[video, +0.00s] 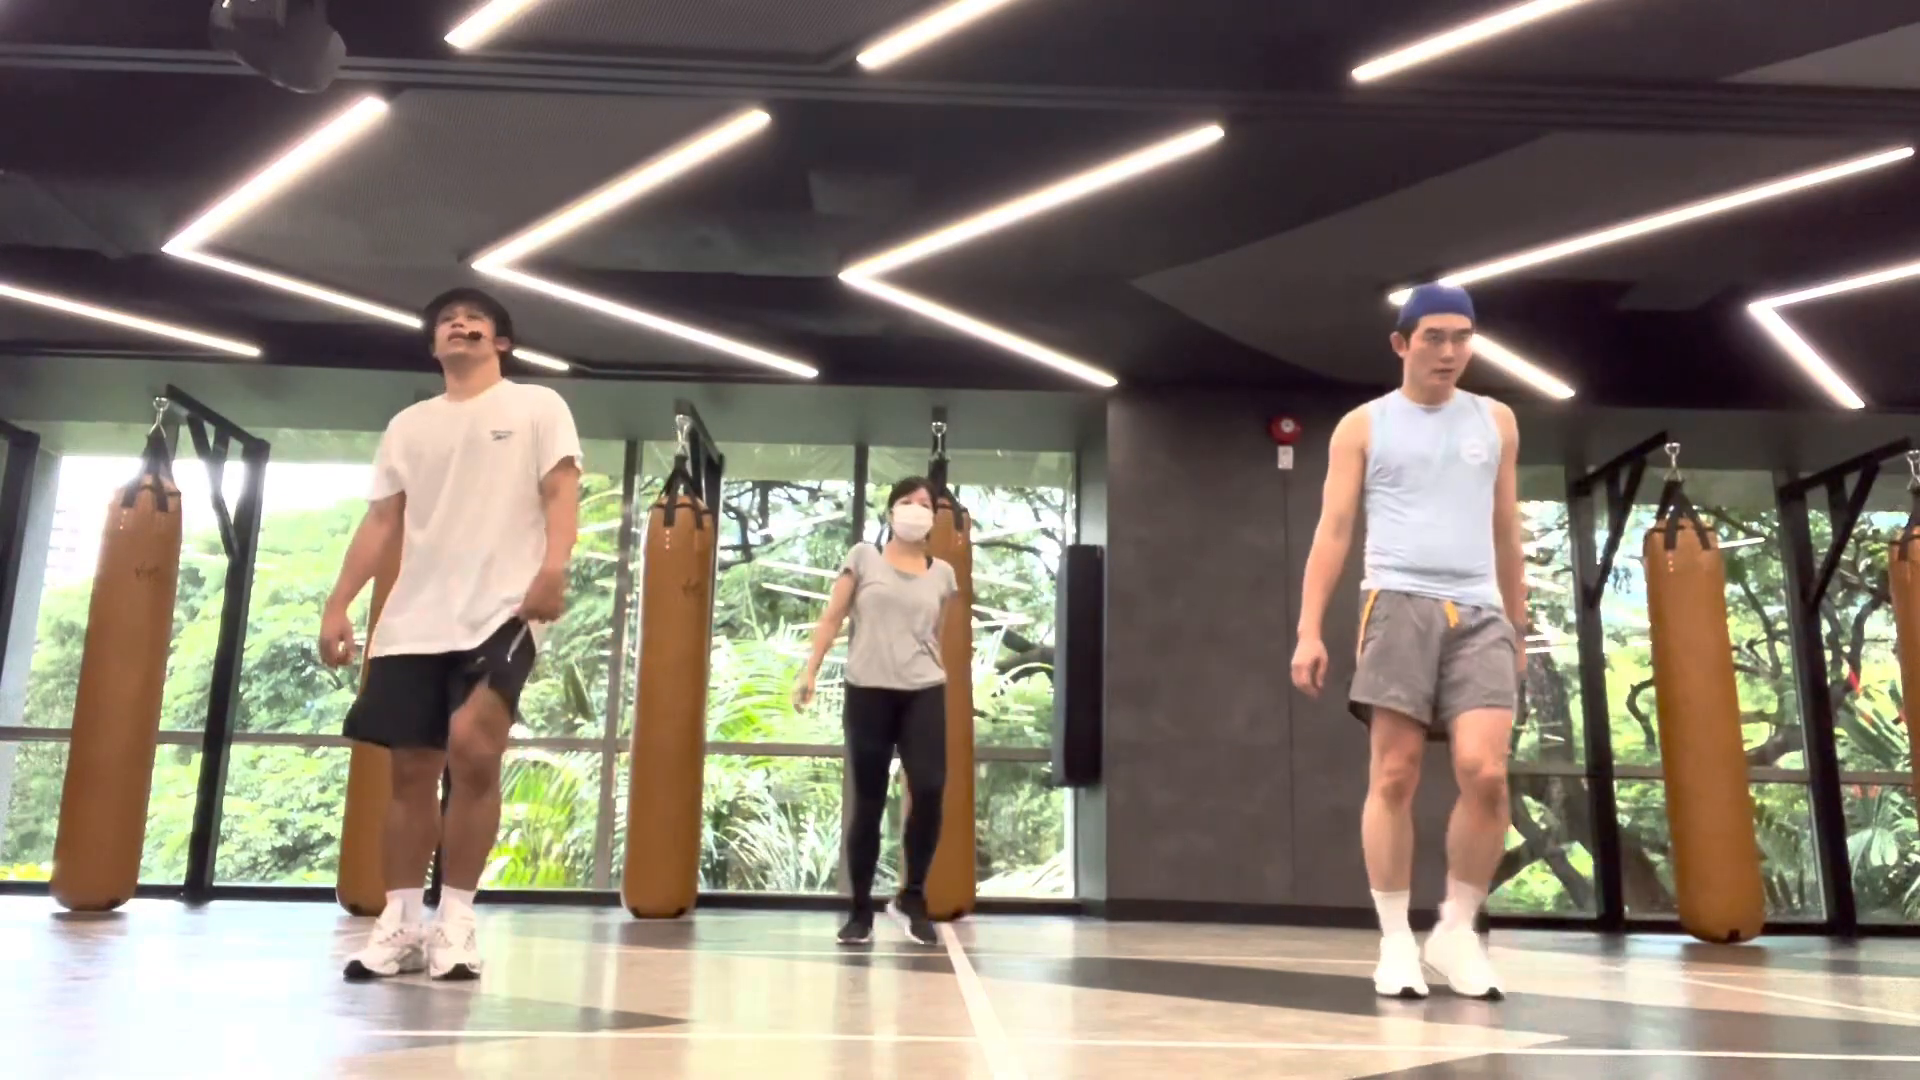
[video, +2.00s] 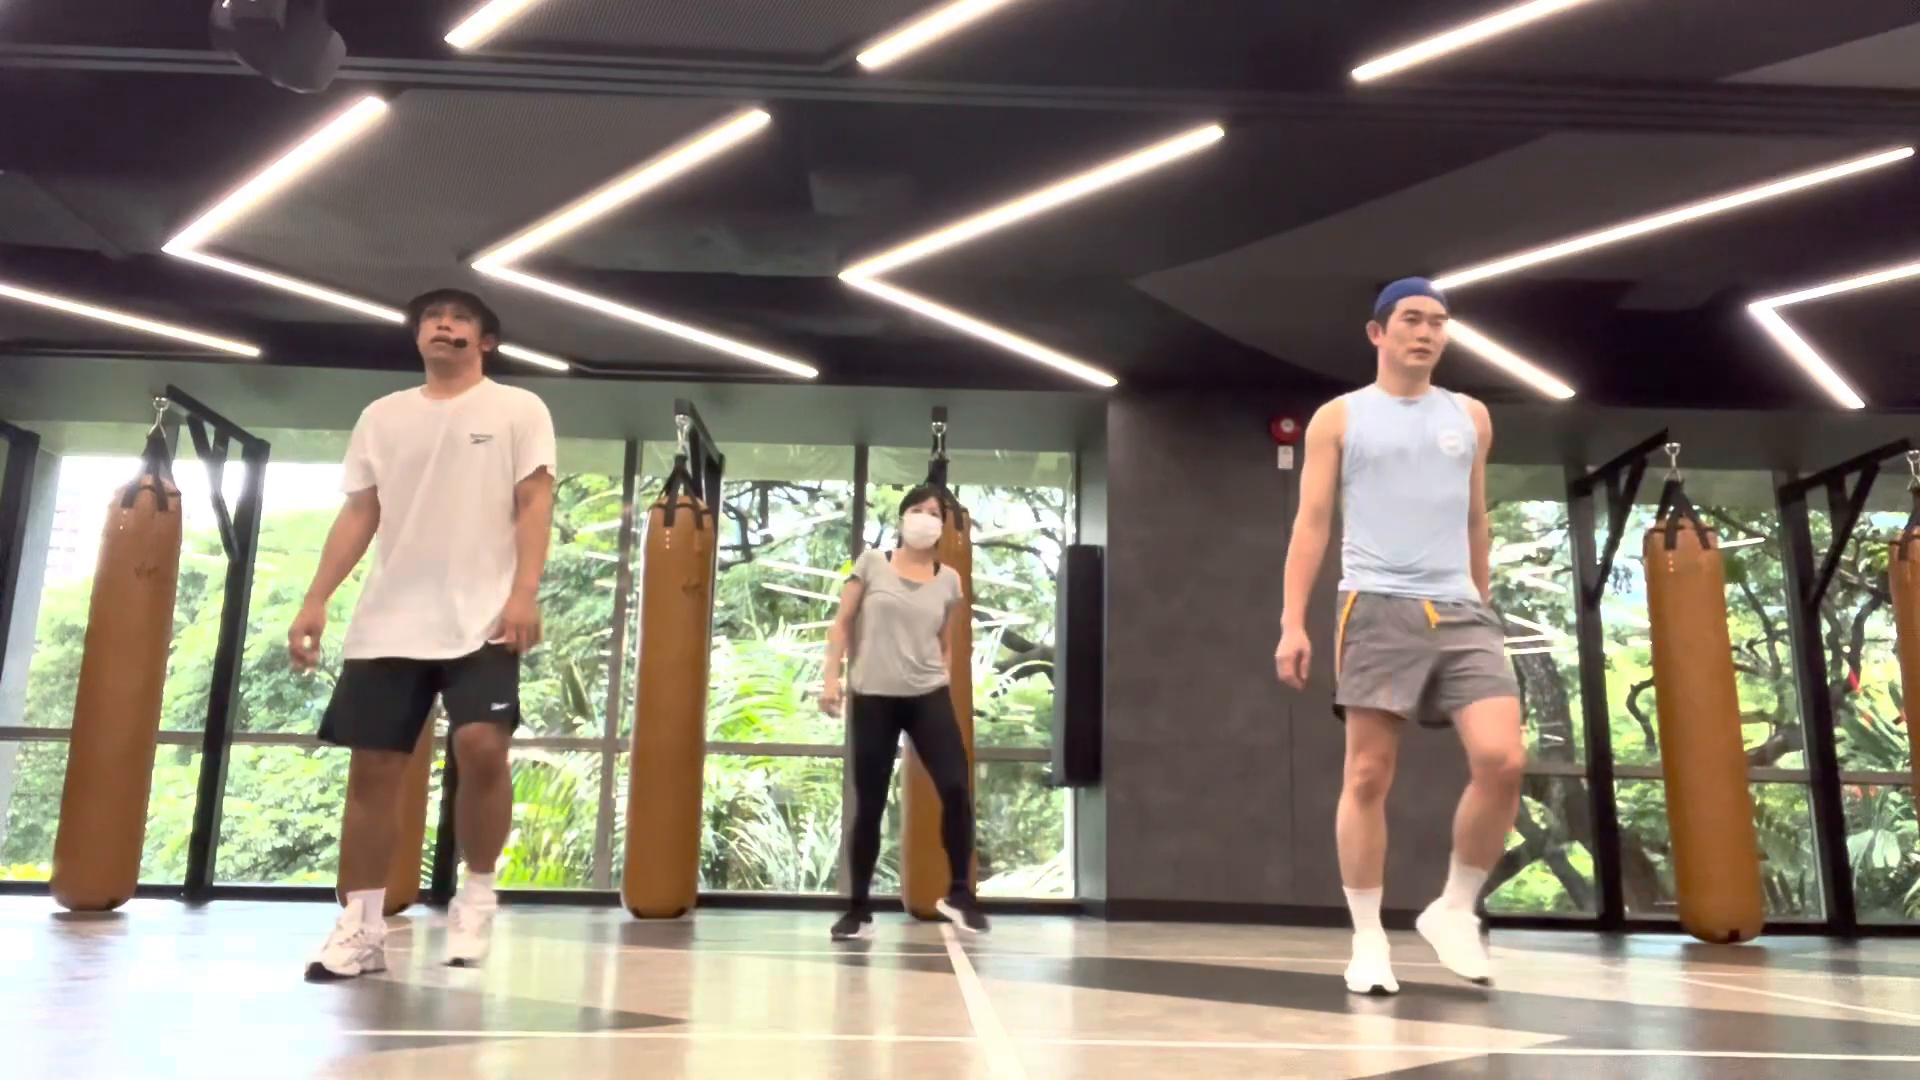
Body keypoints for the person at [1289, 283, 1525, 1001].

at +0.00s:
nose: (1448, 351)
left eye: (1459, 338)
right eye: (1434, 337)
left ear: (1472, 346)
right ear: (1401, 344)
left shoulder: (1496, 423)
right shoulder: (1361, 427)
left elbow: (1507, 537)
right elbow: (1333, 531)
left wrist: (1517, 626)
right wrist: (1309, 628)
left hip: (1482, 614)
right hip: (1397, 611)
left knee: (1486, 774)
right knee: (1394, 776)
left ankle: (1455, 934)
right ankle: (1396, 944)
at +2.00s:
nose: (1428, 331)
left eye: (1438, 323)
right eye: (1414, 320)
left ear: (1447, 339)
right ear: (1377, 333)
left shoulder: (1470, 417)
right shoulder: (1337, 418)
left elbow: (1478, 523)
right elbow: (1311, 524)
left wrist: (1478, 607)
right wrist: (1293, 622)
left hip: (1463, 612)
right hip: (1378, 612)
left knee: (1502, 761)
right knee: (1368, 776)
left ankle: (1454, 910)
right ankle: (1368, 942)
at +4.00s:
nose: (1441, 326)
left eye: (1450, 318)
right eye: (1426, 313)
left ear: (1456, 336)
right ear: (1388, 328)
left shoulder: (1475, 421)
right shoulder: (1347, 412)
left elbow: (1480, 520)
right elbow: (1322, 514)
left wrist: (1501, 585)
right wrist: (1327, 605)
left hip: (1474, 611)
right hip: (1389, 611)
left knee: (1535, 762)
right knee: (1370, 774)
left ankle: (1517, 928)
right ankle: (1363, 946)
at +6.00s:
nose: (1494, 333)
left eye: (1503, 322)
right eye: (1478, 321)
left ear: (1513, 339)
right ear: (1442, 337)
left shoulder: (1513, 434)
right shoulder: (1410, 409)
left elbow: (1487, 530)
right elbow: (1368, 510)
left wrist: (1503, 607)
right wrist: (1451, 571)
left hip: (1505, 627)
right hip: (1421, 622)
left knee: (1580, 777)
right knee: (1363, 778)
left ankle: (1627, 960)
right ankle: (1309, 942)